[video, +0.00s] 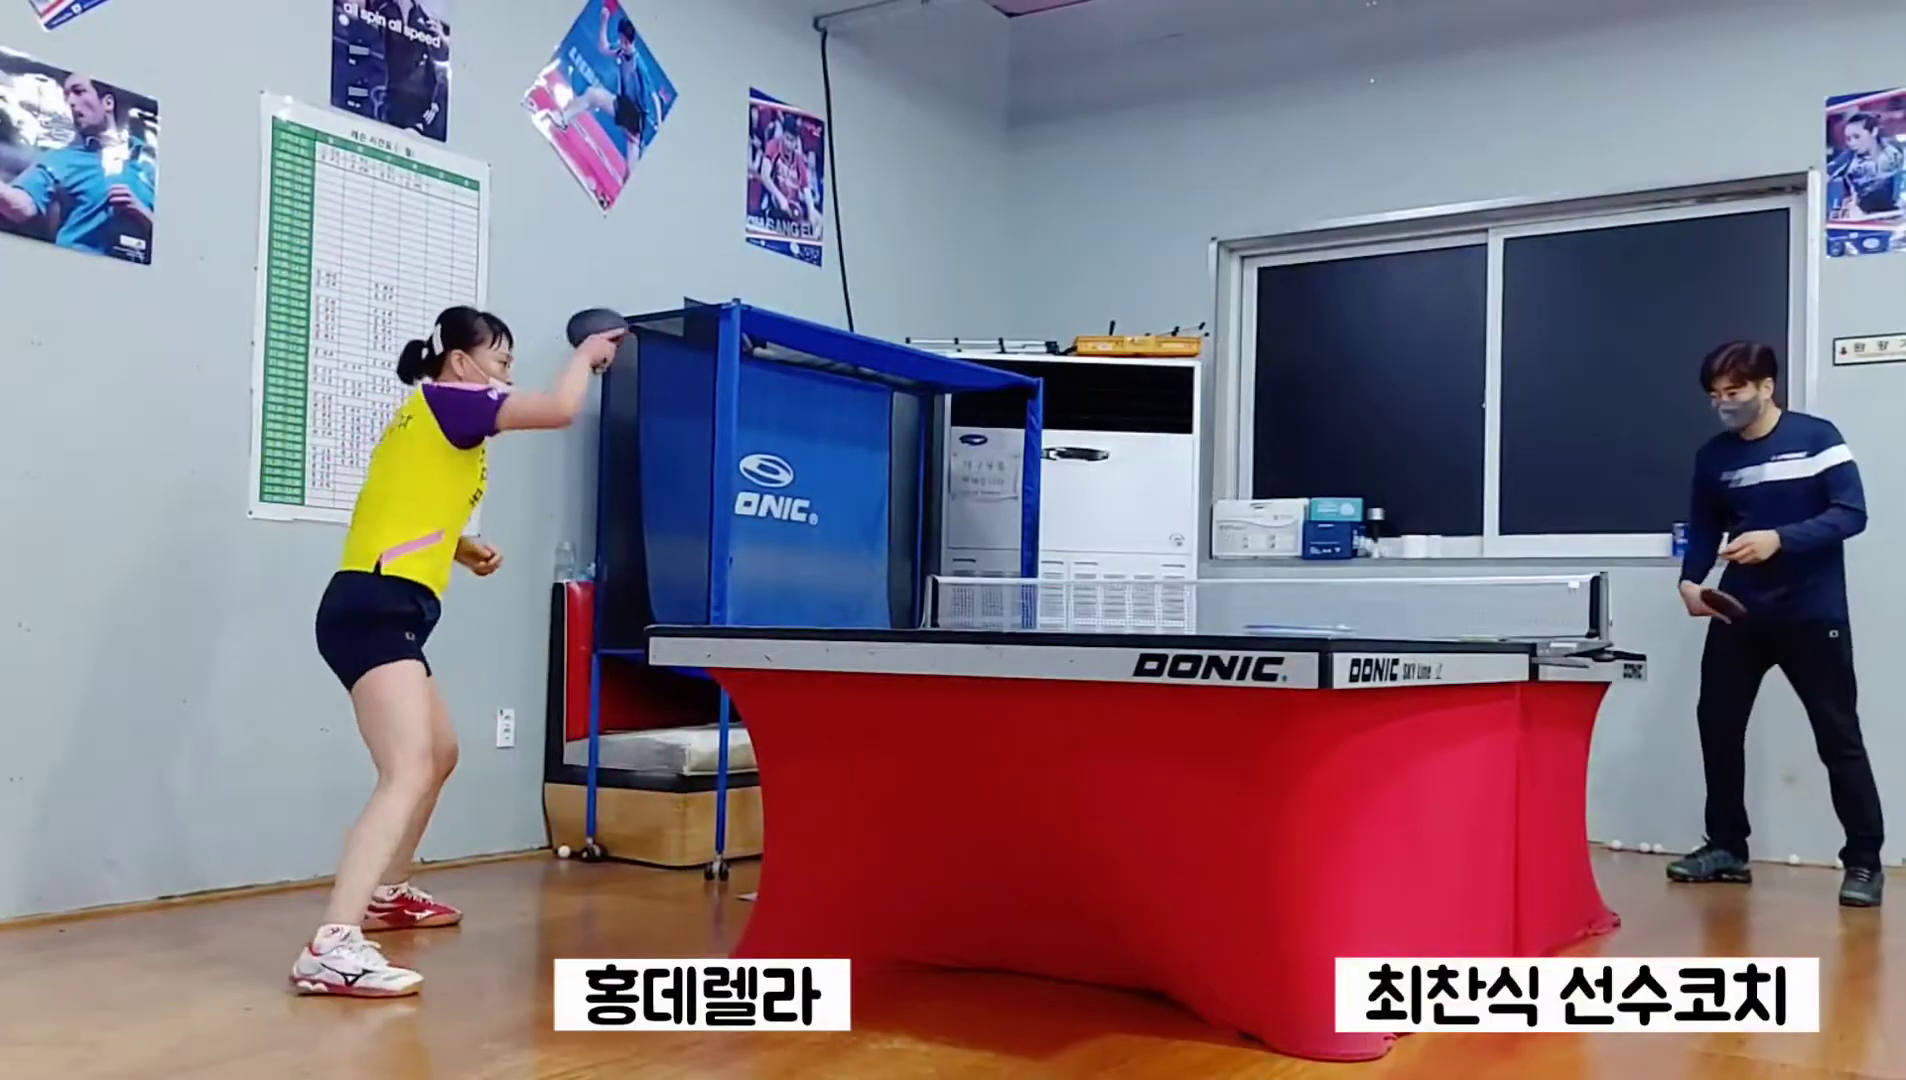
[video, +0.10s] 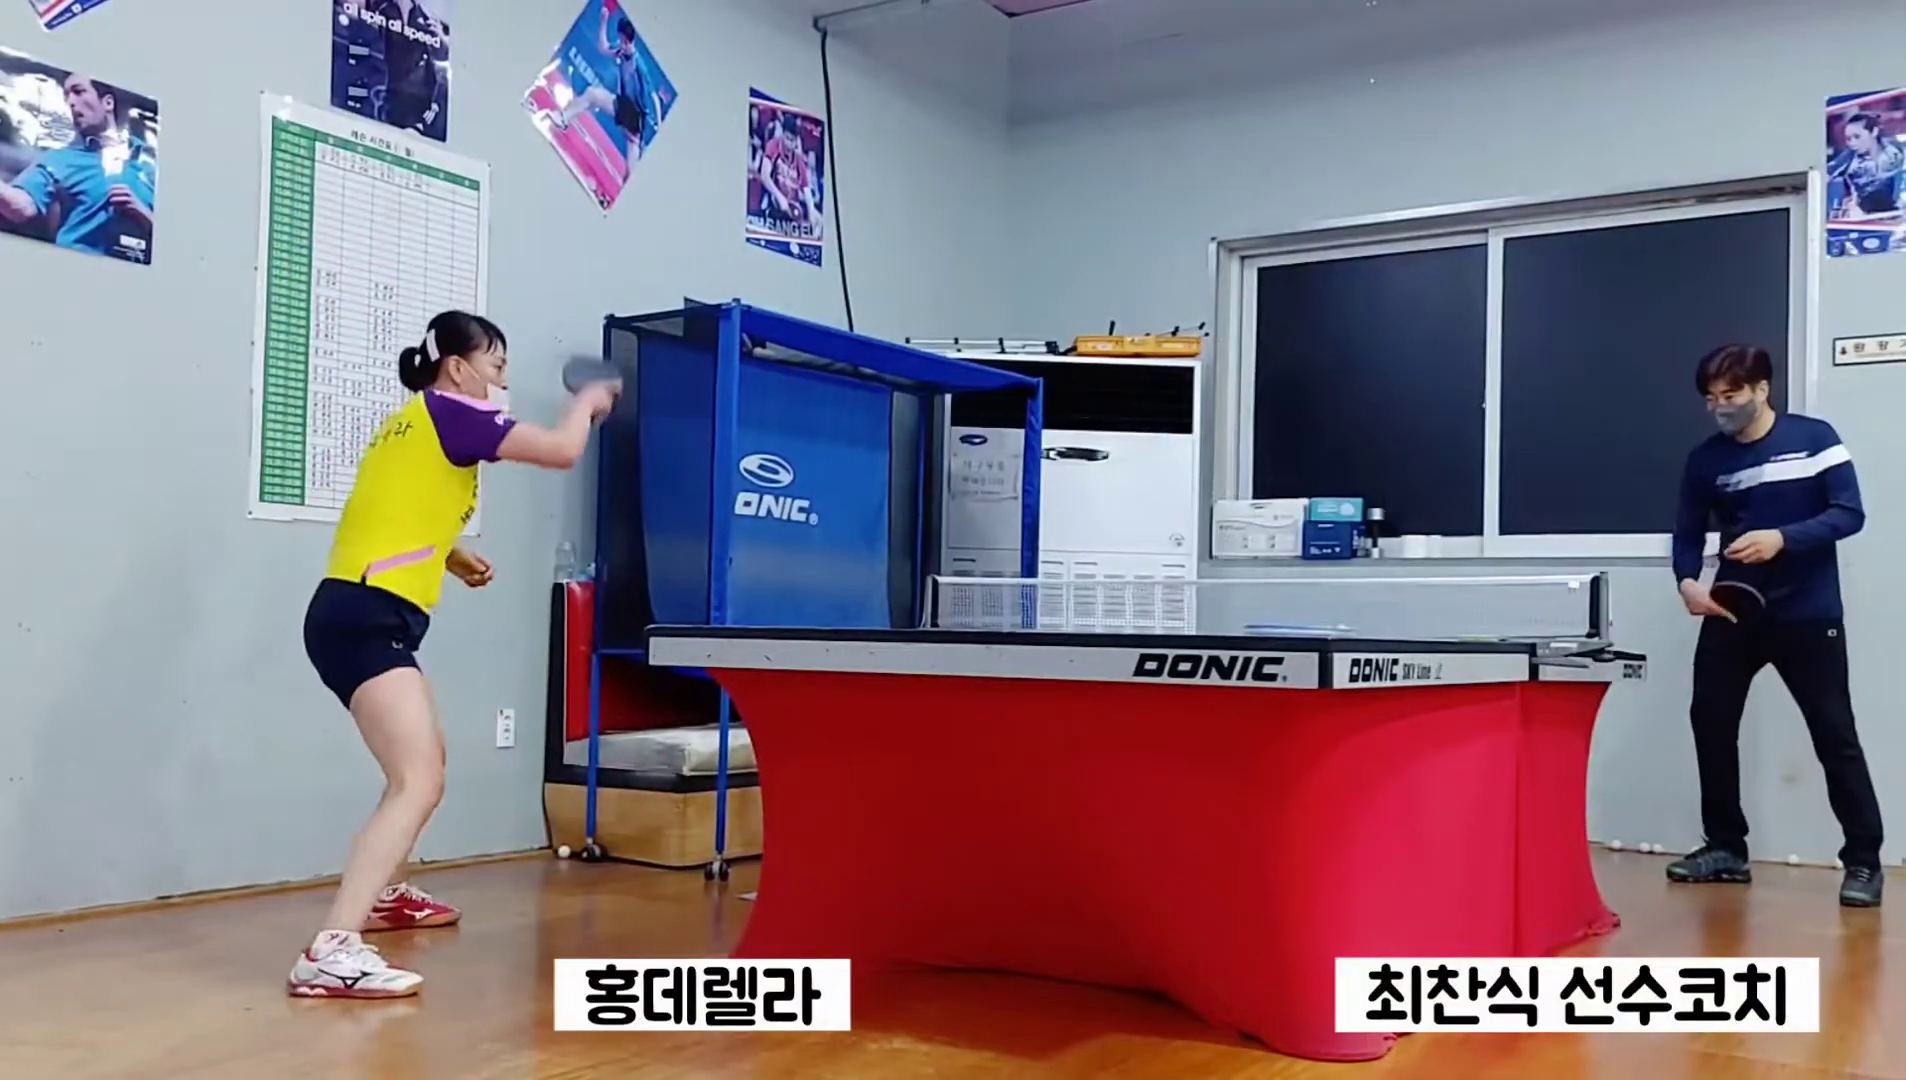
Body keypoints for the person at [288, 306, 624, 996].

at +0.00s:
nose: (507, 371)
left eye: (508, 362)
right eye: (498, 358)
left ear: (456, 361)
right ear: (459, 355)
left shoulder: (438, 417)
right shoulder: (445, 401)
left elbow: (404, 506)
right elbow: (562, 408)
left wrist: (459, 546)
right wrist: (583, 355)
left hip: (385, 611)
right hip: (371, 609)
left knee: (438, 754)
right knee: (407, 770)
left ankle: (384, 889)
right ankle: (332, 942)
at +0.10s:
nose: (504, 377)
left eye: (504, 365)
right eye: (495, 363)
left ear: (447, 367)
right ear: (455, 365)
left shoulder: (410, 421)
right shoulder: (449, 415)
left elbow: (391, 507)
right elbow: (562, 451)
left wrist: (449, 554)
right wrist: (586, 402)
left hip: (361, 614)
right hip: (363, 616)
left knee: (425, 764)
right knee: (417, 780)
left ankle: (379, 889)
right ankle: (331, 946)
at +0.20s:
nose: (498, 355)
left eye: (498, 342)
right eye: (490, 341)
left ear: (447, 345)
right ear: (451, 343)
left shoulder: (426, 402)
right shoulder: (432, 398)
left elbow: (387, 500)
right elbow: (495, 493)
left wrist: (455, 533)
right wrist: (564, 480)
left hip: (378, 608)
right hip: (355, 607)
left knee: (410, 762)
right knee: (398, 768)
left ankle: (374, 885)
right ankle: (331, 945)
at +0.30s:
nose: (492, 352)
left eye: (491, 340)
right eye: (482, 339)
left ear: (452, 349)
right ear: (441, 347)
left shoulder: (455, 423)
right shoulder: (395, 413)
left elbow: (422, 514)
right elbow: (362, 524)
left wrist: (468, 523)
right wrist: (456, 571)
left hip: (402, 613)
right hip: (340, 607)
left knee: (415, 773)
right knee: (392, 760)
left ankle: (335, 880)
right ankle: (341, 948)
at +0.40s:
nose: (476, 392)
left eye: (477, 379)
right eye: (466, 378)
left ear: (437, 390)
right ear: (421, 388)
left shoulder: (474, 464)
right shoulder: (352, 462)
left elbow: (481, 539)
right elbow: (282, 557)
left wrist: (474, 554)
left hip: (407, 648)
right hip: (331, 636)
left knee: (417, 812)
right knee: (401, 761)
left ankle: (324, 886)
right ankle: (341, 947)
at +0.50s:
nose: (459, 431)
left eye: (462, 417)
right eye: (446, 418)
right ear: (399, 429)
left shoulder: (471, 495)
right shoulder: (336, 495)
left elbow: (487, 586)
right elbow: (239, 569)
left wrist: (450, 586)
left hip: (410, 670)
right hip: (330, 654)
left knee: (418, 834)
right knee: (400, 762)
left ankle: (322, 892)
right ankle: (341, 952)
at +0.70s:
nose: (459, 386)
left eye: (464, 373)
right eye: (448, 372)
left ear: (462, 380)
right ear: (402, 376)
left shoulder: (462, 453)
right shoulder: (342, 444)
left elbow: (468, 543)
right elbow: (257, 522)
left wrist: (447, 542)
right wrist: (180, 529)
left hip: (394, 634)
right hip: (323, 619)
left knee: (409, 793)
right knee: (383, 756)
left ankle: (321, 890)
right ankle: (340, 949)